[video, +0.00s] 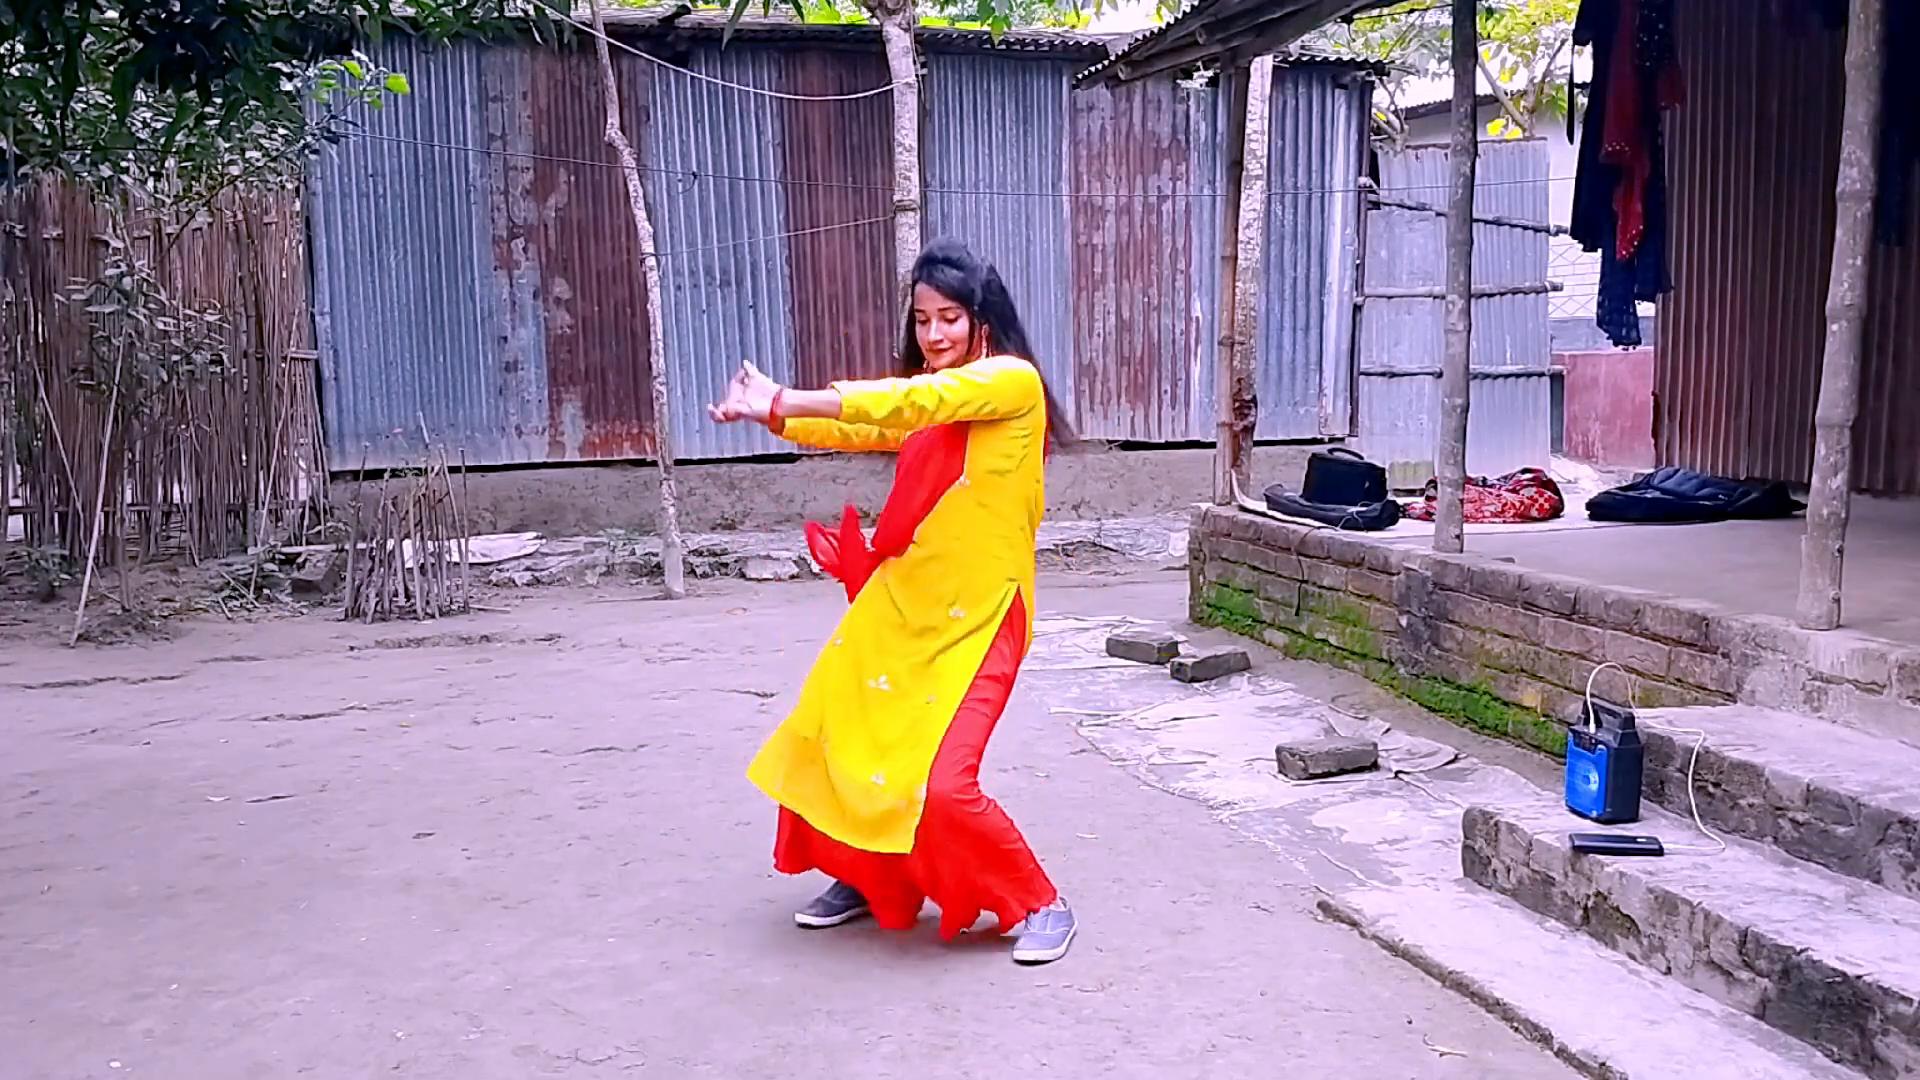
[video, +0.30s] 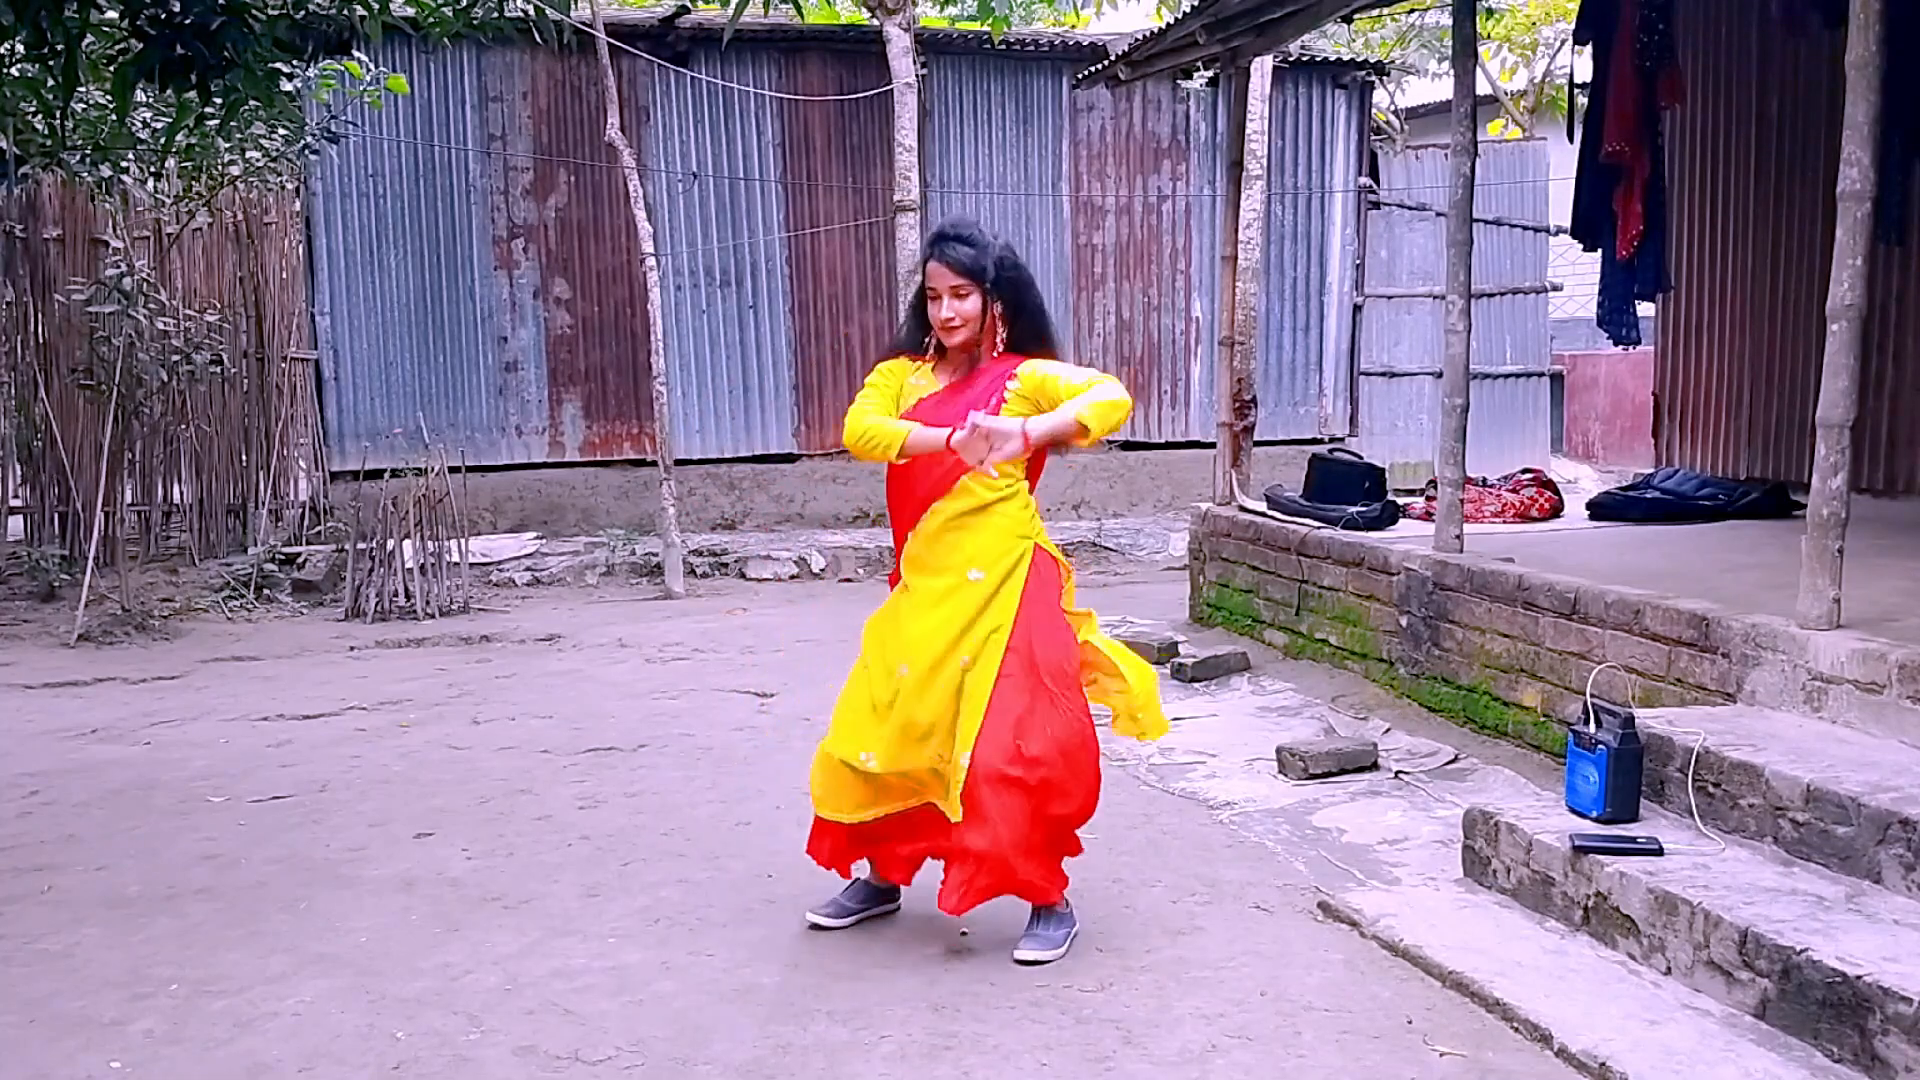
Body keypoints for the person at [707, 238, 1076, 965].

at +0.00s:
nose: (935, 334)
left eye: (949, 318)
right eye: (924, 321)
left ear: (983, 320)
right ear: (913, 324)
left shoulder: (1016, 381)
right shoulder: (923, 402)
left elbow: (920, 399)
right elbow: (855, 428)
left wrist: (789, 401)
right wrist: (771, 413)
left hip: (986, 612)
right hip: (906, 604)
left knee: (944, 782)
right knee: (835, 733)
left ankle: (1041, 905)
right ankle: (866, 875)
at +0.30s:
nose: (945, 311)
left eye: (960, 294)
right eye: (933, 296)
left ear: (994, 302)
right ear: (922, 304)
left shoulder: (1024, 377)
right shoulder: (900, 376)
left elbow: (1114, 398)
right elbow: (860, 432)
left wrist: (1031, 430)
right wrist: (951, 441)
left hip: (1010, 582)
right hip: (923, 587)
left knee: (1020, 738)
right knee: (881, 727)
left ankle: (1049, 900)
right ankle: (880, 878)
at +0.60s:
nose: (928, 306)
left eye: (941, 288)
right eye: (916, 292)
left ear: (980, 285)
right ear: (906, 293)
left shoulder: (1034, 364)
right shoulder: (899, 351)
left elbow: (1011, 428)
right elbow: (843, 410)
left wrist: (965, 477)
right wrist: (867, 454)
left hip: (958, 582)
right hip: (871, 573)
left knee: (979, 732)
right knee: (857, 722)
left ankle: (1046, 894)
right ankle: (873, 877)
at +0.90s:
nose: (922, 313)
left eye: (936, 297)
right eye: (912, 299)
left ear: (973, 291)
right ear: (904, 300)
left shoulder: (1015, 358)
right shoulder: (909, 383)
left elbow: (942, 396)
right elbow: (832, 452)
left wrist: (824, 386)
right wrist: (773, 424)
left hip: (977, 583)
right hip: (897, 577)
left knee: (946, 758)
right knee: (856, 727)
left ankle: (1046, 900)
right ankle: (873, 879)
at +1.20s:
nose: (928, 283)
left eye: (945, 268)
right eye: (919, 267)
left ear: (980, 272)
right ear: (908, 272)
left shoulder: (1013, 343)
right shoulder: (897, 369)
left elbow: (941, 392)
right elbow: (849, 429)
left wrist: (821, 412)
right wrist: (787, 449)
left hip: (988, 567)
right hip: (906, 566)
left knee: (966, 733)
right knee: (863, 713)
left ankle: (1047, 899)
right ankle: (871, 874)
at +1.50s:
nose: (945, 281)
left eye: (961, 266)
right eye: (932, 264)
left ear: (990, 269)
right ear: (916, 267)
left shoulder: (1022, 339)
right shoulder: (886, 355)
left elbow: (1049, 405)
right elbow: (857, 419)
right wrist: (904, 472)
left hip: (1015, 541)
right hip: (927, 547)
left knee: (1024, 707)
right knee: (888, 702)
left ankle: (1055, 897)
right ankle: (875, 872)